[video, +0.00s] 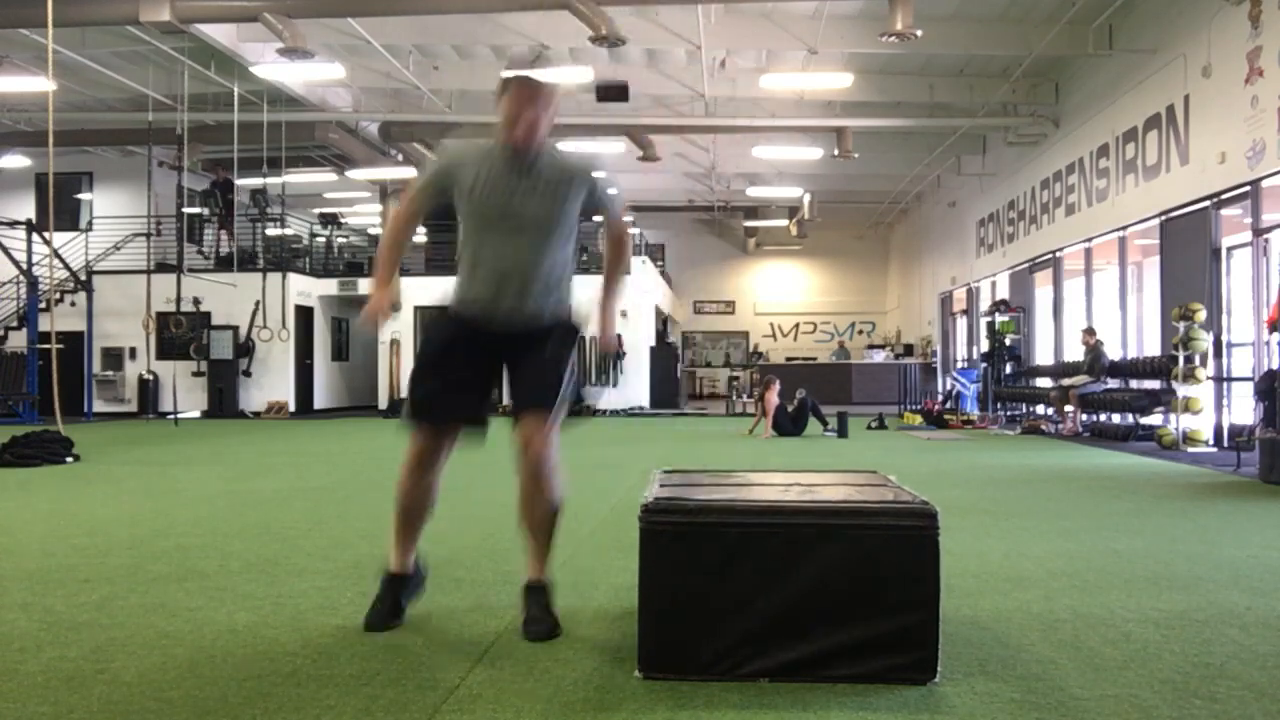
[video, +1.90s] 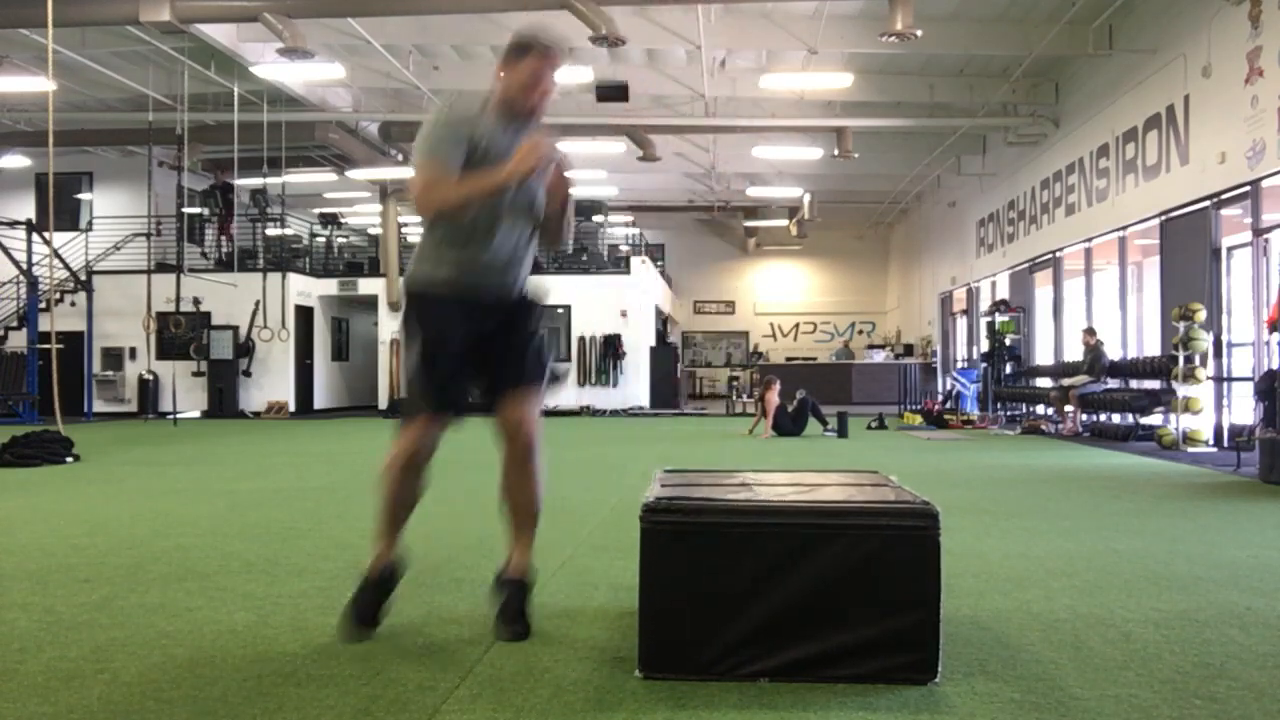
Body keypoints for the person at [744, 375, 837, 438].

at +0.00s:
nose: (779, 387)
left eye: (778, 384)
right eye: (778, 384)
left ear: (767, 385)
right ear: (772, 385)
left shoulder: (765, 396)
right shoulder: (771, 396)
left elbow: (759, 416)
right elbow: (769, 416)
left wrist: (751, 430)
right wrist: (767, 433)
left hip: (785, 430)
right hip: (793, 430)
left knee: (808, 401)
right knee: (806, 401)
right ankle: (826, 426)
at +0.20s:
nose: (779, 387)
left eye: (779, 385)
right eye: (778, 385)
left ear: (767, 386)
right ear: (772, 385)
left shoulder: (764, 396)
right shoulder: (772, 396)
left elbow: (759, 415)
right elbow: (769, 416)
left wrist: (750, 430)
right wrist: (767, 433)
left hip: (784, 430)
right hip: (793, 430)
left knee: (781, 406)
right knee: (806, 400)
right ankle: (826, 426)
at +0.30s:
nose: (779, 387)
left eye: (779, 385)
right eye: (778, 385)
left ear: (767, 386)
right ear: (773, 385)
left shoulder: (764, 396)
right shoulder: (772, 396)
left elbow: (759, 415)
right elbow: (769, 416)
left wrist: (750, 430)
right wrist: (767, 433)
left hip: (784, 430)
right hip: (793, 431)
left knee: (782, 407)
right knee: (806, 399)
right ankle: (826, 426)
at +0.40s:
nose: (779, 387)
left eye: (779, 384)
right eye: (778, 385)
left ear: (767, 385)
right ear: (773, 385)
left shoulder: (764, 396)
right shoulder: (772, 396)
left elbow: (759, 415)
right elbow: (769, 416)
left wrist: (750, 430)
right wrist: (767, 433)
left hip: (784, 430)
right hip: (793, 430)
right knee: (806, 400)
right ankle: (826, 426)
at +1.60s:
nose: (779, 387)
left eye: (779, 385)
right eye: (778, 385)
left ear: (767, 385)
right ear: (773, 385)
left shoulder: (765, 396)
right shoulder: (772, 395)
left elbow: (759, 415)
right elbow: (770, 416)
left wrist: (750, 430)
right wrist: (767, 433)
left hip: (785, 430)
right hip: (792, 430)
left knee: (804, 398)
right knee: (806, 400)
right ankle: (826, 426)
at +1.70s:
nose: (779, 387)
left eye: (779, 385)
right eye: (778, 385)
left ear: (767, 385)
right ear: (773, 385)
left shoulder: (765, 396)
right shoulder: (772, 396)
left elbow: (759, 415)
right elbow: (770, 416)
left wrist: (750, 430)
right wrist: (767, 433)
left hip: (784, 430)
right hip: (792, 430)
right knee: (807, 400)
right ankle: (826, 426)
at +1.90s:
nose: (779, 387)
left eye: (779, 384)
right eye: (778, 385)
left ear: (767, 385)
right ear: (773, 385)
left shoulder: (765, 396)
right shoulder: (771, 396)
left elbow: (759, 415)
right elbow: (769, 416)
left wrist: (750, 430)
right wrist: (767, 433)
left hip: (784, 430)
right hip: (792, 431)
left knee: (782, 407)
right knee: (807, 400)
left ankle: (797, 402)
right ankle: (826, 426)